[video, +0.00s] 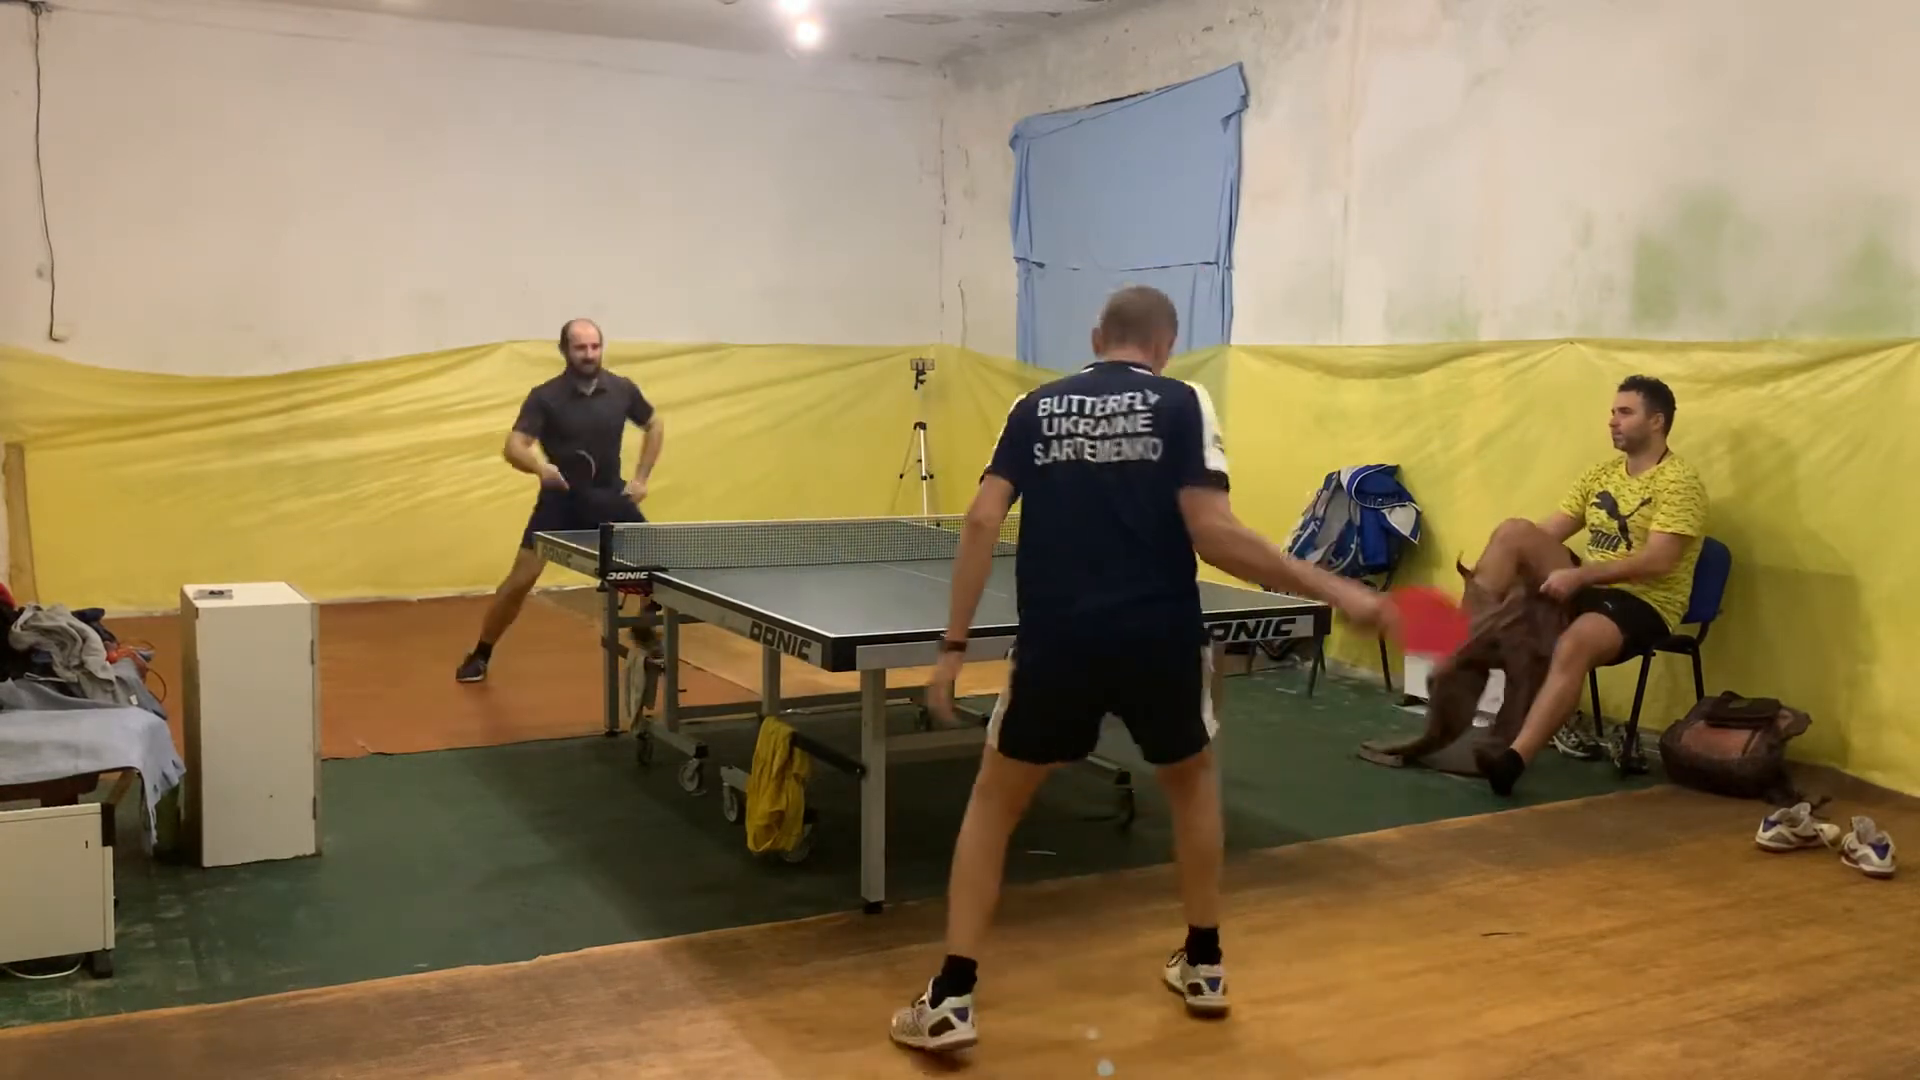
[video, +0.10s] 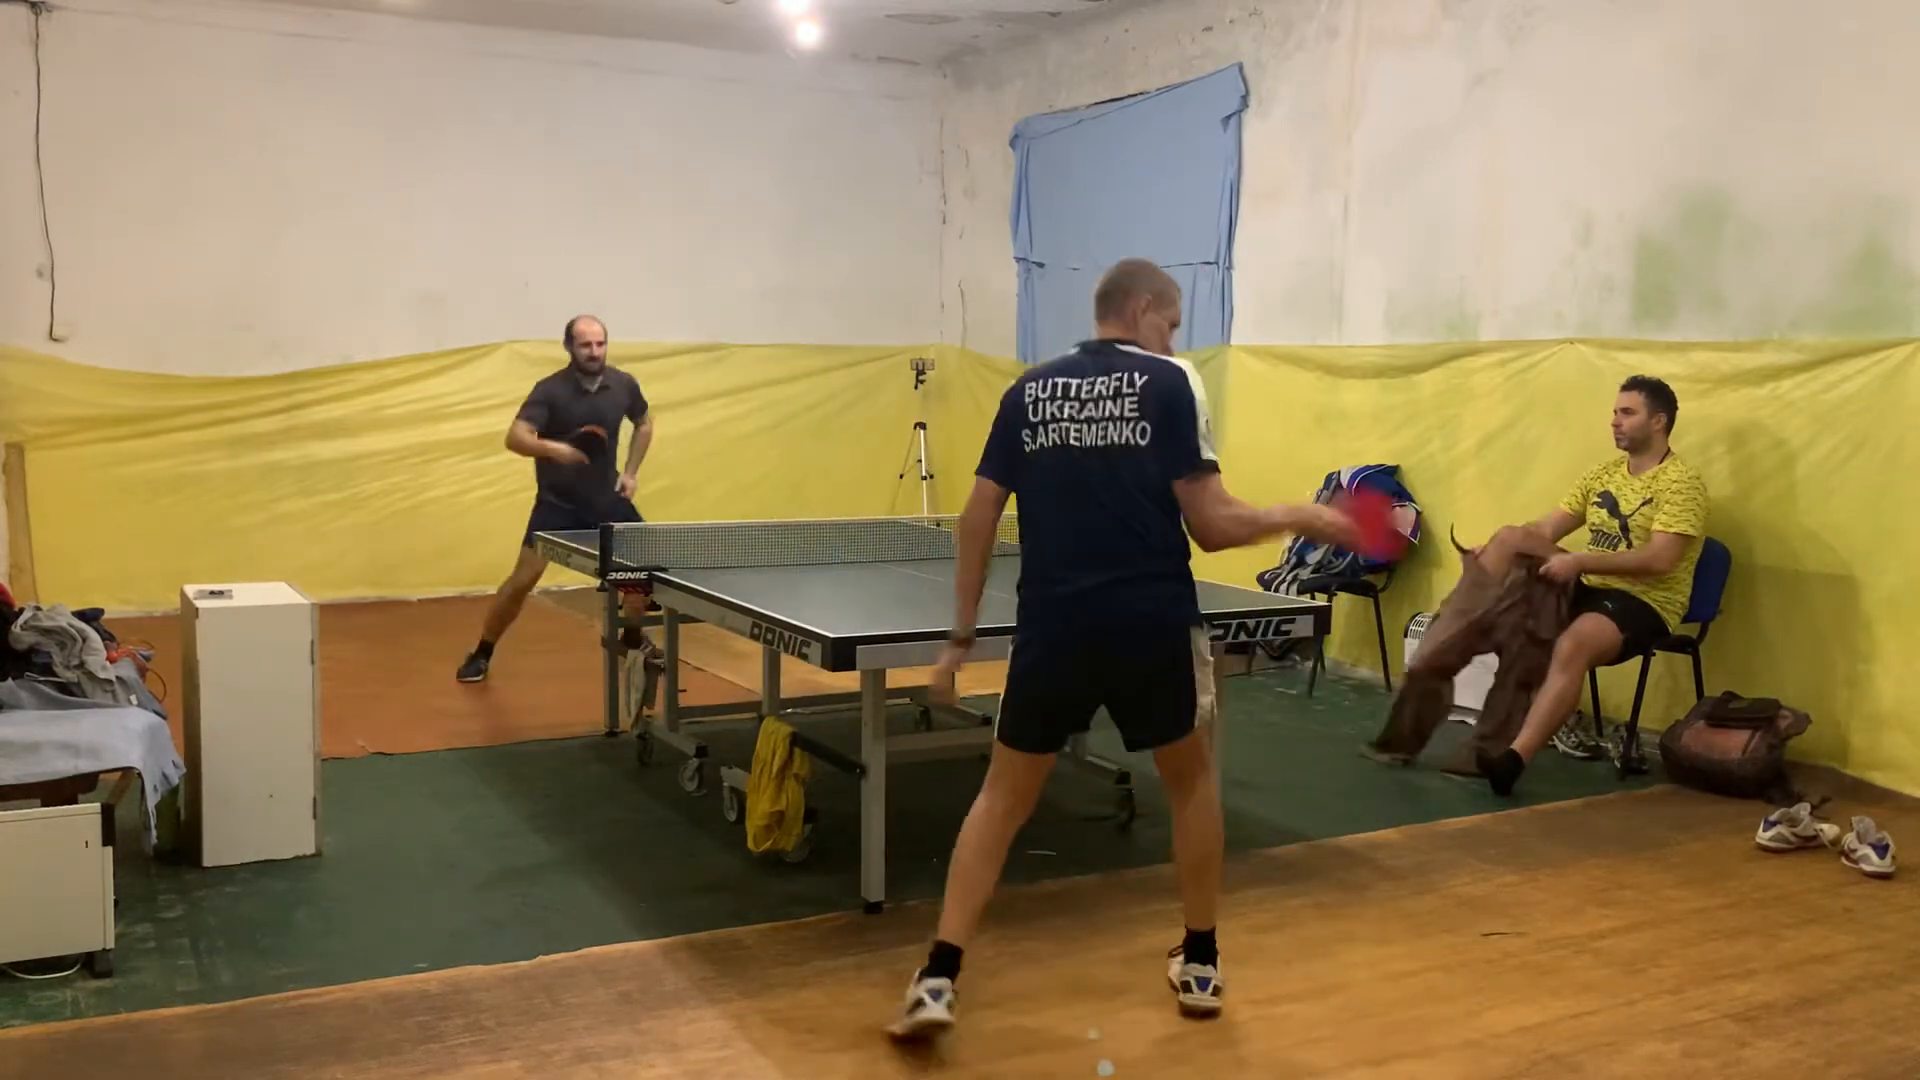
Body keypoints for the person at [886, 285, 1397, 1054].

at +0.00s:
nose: (1168, 364)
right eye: (1172, 355)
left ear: (1096, 340)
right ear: (1166, 350)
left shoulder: (1036, 407)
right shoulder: (1180, 401)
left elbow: (981, 519)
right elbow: (1211, 529)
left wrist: (954, 642)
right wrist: (1336, 591)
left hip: (1055, 650)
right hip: (1159, 647)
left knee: (994, 805)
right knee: (1191, 785)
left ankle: (951, 995)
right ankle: (1204, 960)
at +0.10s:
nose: (1172, 341)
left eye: (1173, 328)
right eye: (1171, 327)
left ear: (1099, 314)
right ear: (1148, 315)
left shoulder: (1029, 389)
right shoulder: (1165, 381)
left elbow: (978, 517)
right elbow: (1215, 525)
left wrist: (961, 634)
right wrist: (1298, 515)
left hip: (1052, 634)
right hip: (1154, 632)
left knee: (1001, 799)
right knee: (1190, 781)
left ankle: (938, 975)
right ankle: (1200, 963)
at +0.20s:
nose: (1156, 312)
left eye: (1151, 302)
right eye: (1157, 302)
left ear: (1080, 300)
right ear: (1148, 304)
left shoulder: (1029, 374)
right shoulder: (1182, 379)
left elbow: (997, 526)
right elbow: (1201, 502)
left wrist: (1056, 544)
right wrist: (1127, 496)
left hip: (1053, 622)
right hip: (1150, 624)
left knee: (995, 786)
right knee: (1180, 782)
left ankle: (914, 967)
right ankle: (1200, 962)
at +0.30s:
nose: (1065, 311)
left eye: (1064, 299)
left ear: (1064, 304)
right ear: (1138, 315)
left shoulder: (1024, 383)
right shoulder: (1171, 396)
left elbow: (987, 531)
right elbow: (1161, 502)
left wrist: (1056, 526)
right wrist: (1084, 512)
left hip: (1049, 638)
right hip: (1145, 636)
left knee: (977, 806)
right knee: (1163, 787)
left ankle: (928, 994)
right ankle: (1197, 964)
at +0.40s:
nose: (1043, 321)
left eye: (1040, 307)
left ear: (1043, 312)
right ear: (1116, 326)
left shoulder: (1003, 390)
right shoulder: (1149, 405)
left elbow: (959, 534)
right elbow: (1158, 538)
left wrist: (978, 610)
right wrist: (1126, 606)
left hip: (1026, 649)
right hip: (1129, 645)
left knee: (957, 827)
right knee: (1152, 792)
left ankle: (927, 1017)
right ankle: (1196, 966)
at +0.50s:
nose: (1017, 317)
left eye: (1020, 305)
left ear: (1026, 309)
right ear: (1099, 320)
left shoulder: (981, 383)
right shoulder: (1136, 397)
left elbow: (931, 520)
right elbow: (1153, 545)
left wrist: (942, 615)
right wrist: (1090, 570)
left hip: (1004, 639)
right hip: (1108, 637)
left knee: (951, 818)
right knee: (1150, 789)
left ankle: (925, 1017)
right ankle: (1197, 966)